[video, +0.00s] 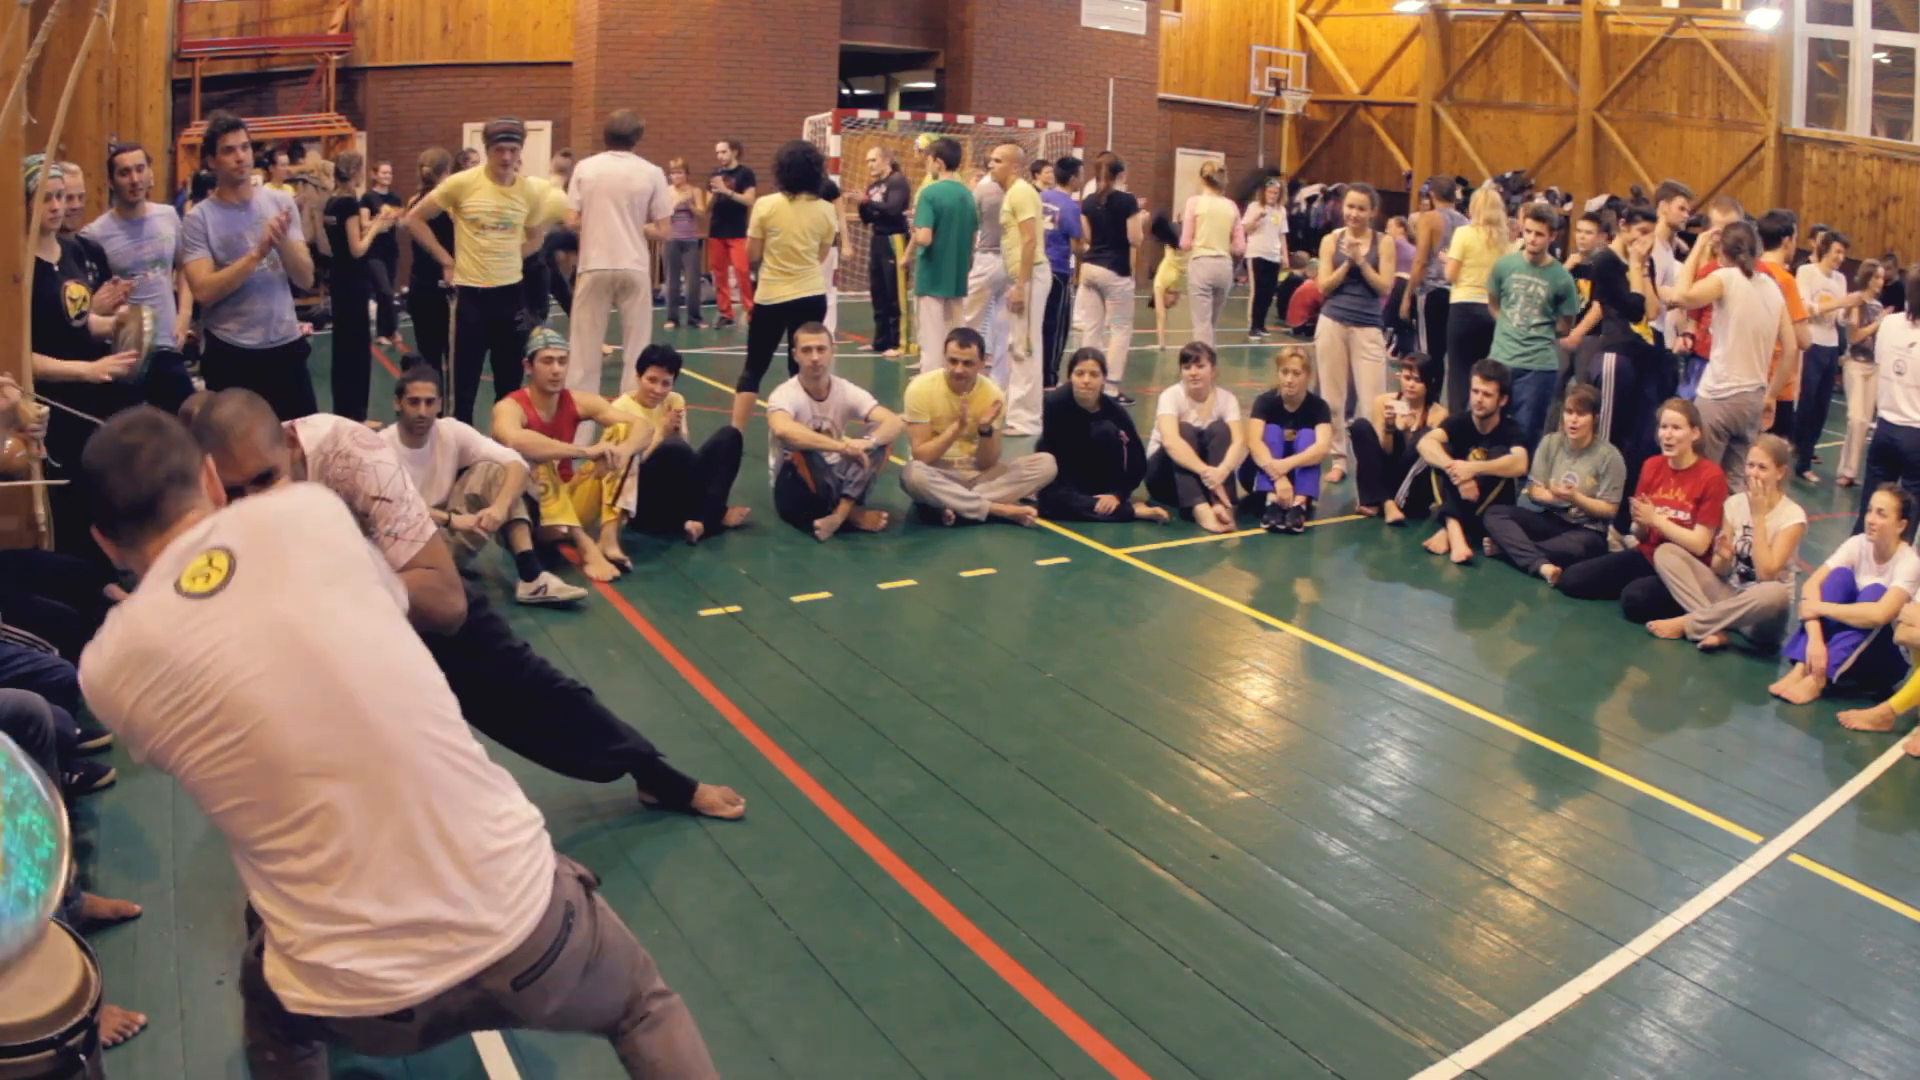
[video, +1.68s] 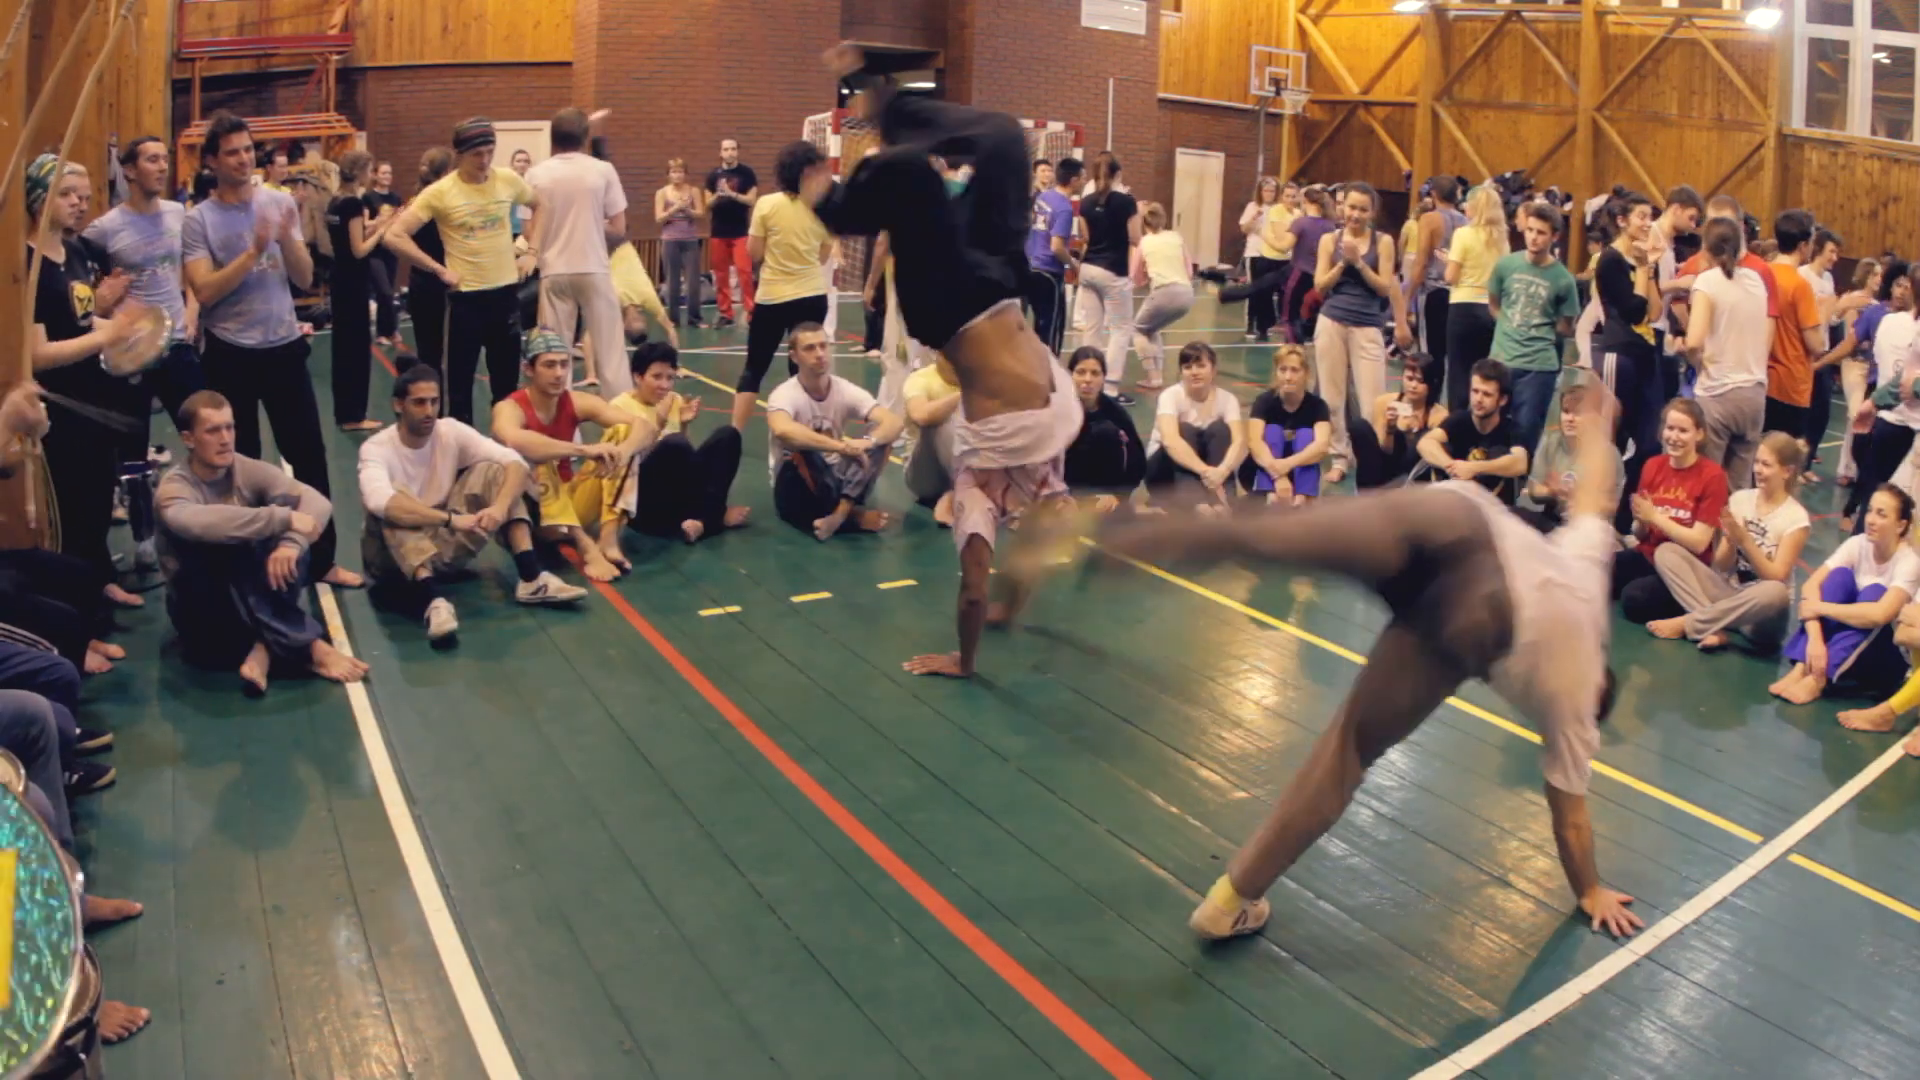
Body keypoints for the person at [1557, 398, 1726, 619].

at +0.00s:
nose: (1667, 435)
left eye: (1676, 428)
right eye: (1663, 427)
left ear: (1695, 433)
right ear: (1657, 430)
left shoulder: (1712, 476)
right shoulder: (1652, 465)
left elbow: (1700, 545)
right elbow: (1639, 534)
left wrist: (1654, 520)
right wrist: (1641, 520)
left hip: (1684, 567)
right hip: (1647, 555)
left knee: (1634, 601)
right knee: (1570, 581)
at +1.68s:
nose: (1674, 437)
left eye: (1683, 431)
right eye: (1670, 428)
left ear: (1700, 434)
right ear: (1662, 430)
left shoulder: (1713, 475)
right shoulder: (1652, 465)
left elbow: (1698, 542)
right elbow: (1639, 533)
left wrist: (1653, 517)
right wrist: (1643, 516)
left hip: (1685, 564)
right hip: (1647, 555)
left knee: (1634, 599)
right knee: (1598, 575)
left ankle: (1693, 603)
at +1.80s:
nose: (1676, 435)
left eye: (1685, 429)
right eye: (1672, 427)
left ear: (1702, 434)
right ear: (1666, 428)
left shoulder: (1715, 476)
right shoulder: (1654, 466)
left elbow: (1700, 542)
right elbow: (1641, 533)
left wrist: (1659, 515)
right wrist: (1637, 515)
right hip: (1646, 557)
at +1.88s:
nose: (1678, 435)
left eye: (1687, 429)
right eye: (1675, 426)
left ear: (1704, 434)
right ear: (1669, 428)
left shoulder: (1716, 475)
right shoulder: (1654, 465)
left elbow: (1699, 541)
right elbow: (1639, 518)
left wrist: (1657, 513)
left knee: (1668, 551)